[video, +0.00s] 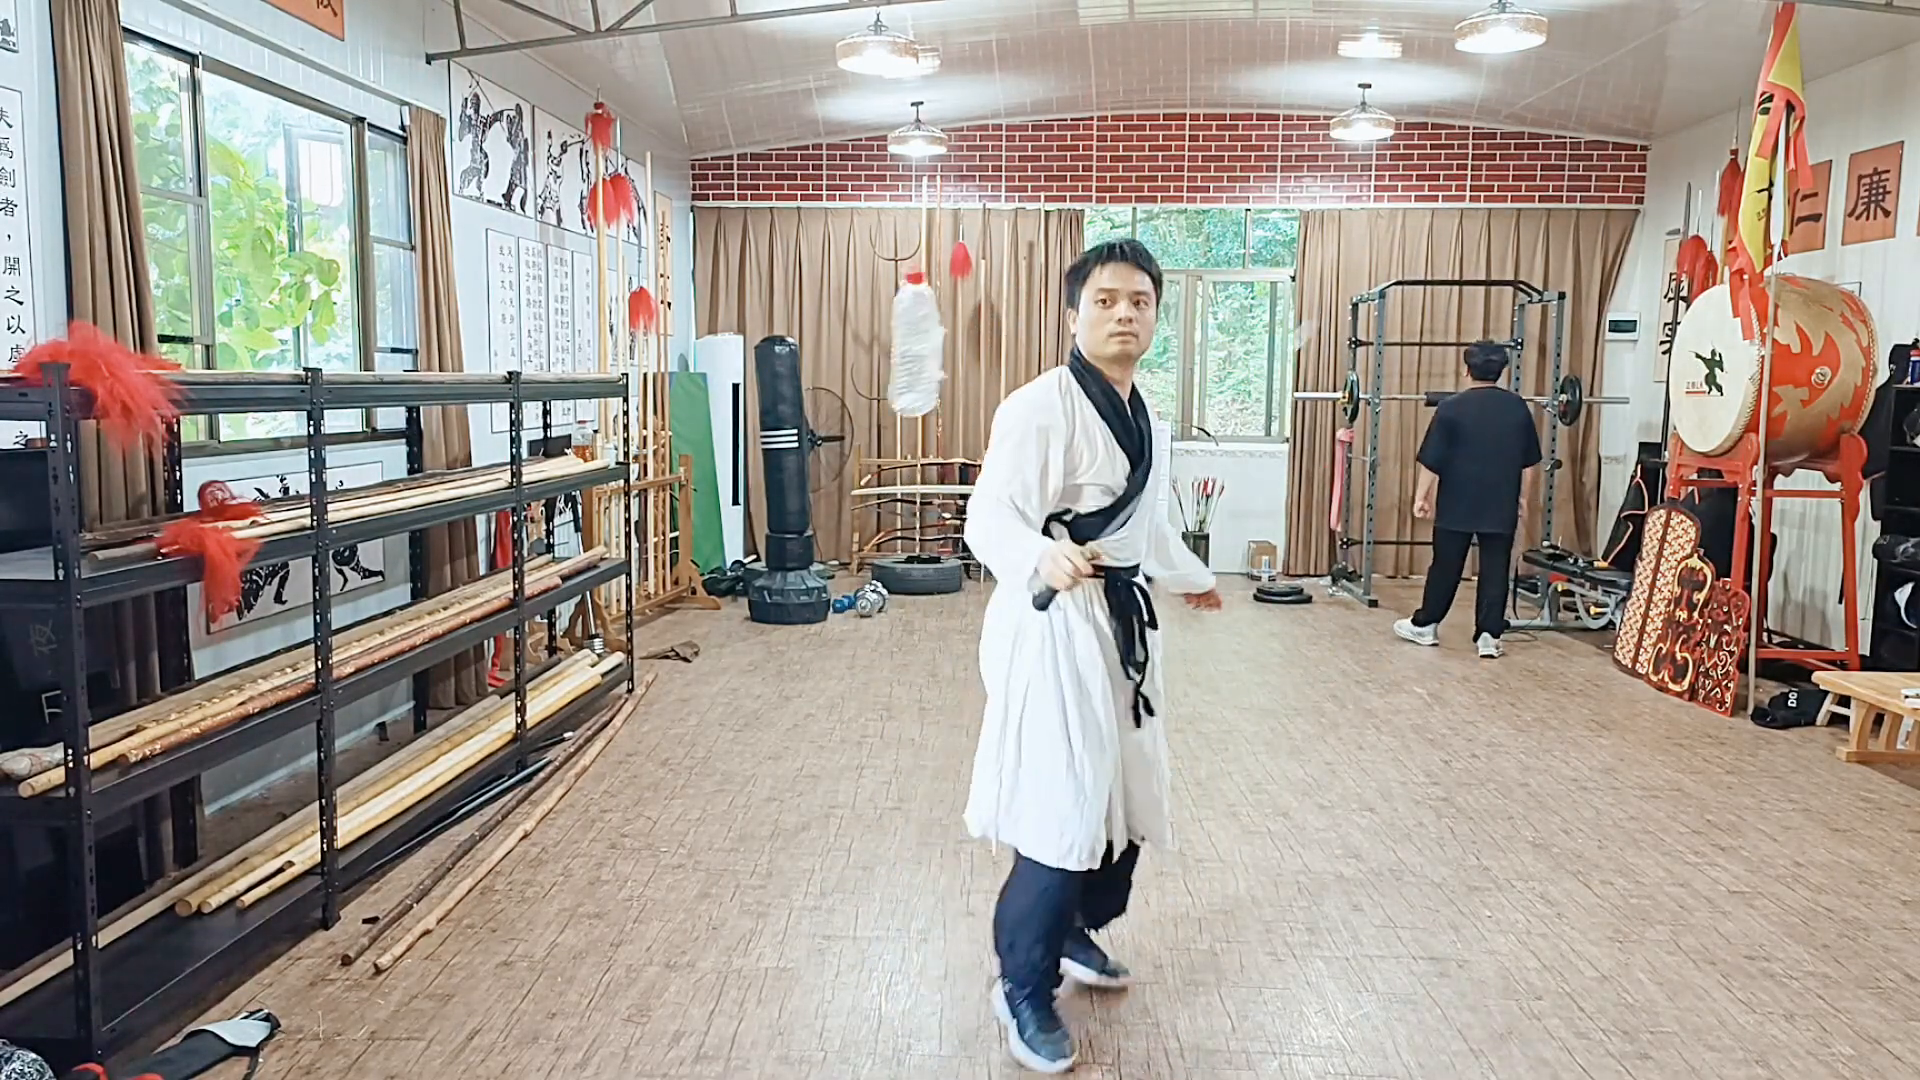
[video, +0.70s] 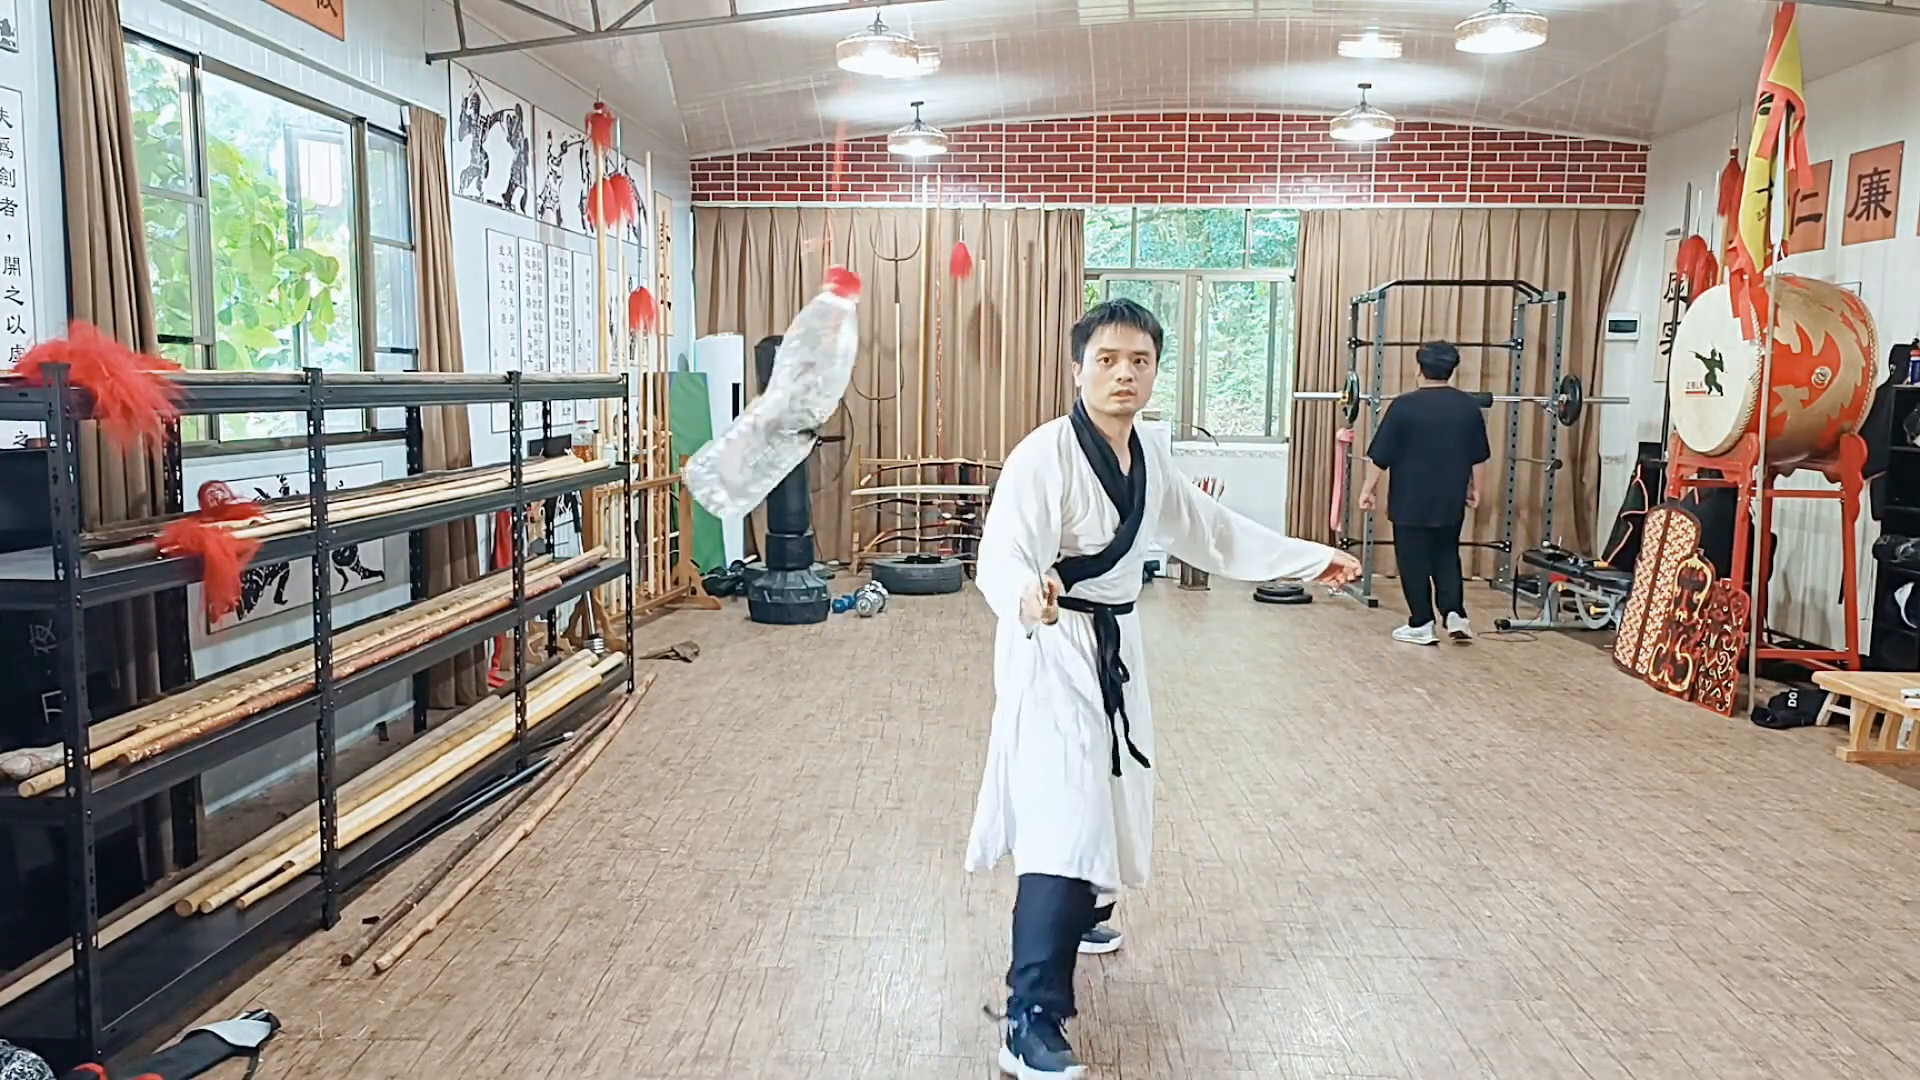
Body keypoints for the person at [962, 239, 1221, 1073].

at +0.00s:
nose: (1126, 314)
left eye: (1140, 301)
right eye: (1108, 300)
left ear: (1157, 316)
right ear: (1075, 313)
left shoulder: (1147, 416)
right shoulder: (1040, 406)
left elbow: (1151, 522)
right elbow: (989, 517)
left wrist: (1189, 578)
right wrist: (1041, 555)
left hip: (1122, 621)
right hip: (1051, 625)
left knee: (1126, 785)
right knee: (1063, 804)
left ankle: (1072, 927)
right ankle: (1024, 982)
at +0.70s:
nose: (1124, 373)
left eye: (1140, 360)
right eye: (1108, 358)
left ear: (1156, 374)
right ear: (1079, 368)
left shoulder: (1151, 456)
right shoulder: (1041, 457)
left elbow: (1214, 531)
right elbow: (1000, 556)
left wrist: (1308, 557)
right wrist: (1027, 592)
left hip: (1115, 640)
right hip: (1052, 645)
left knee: (1109, 783)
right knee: (1064, 809)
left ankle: (1080, 907)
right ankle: (1032, 1015)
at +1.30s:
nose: (1172, 412)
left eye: (1180, 396)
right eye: (1156, 396)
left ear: (1191, 407)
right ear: (1112, 403)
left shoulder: (1171, 502)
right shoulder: (1073, 504)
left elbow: (1221, 579)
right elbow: (1024, 629)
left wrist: (1314, 582)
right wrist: (1057, 690)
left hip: (1132, 708)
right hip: (1072, 714)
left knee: (1107, 846)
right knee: (1129, 892)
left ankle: (1041, 961)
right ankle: (1104, 1065)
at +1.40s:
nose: (1189, 415)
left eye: (1199, 399)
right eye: (1172, 398)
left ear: (1210, 407)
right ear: (1133, 406)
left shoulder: (1184, 496)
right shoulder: (1097, 501)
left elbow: (1183, 591)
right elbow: (1028, 611)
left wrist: (1255, 611)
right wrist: (1073, 650)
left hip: (1152, 722)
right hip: (1090, 729)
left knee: (1135, 898)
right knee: (1118, 919)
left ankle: (1122, 1044)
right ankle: (1116, 1067)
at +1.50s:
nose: (1196, 462)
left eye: (1208, 445)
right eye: (1175, 444)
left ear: (1223, 459)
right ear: (1141, 458)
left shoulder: (1178, 553)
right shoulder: (1127, 554)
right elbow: (1121, 617)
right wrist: (1115, 588)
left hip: (1143, 780)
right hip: (1097, 792)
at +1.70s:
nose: (1225, 521)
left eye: (1239, 504)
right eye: (1201, 506)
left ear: (1253, 518)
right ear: (1158, 523)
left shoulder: (1206, 595)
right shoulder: (1140, 589)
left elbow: (1113, 588)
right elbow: (1126, 621)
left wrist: (1073, 571)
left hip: (1174, 828)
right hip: (1100, 836)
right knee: (1155, 972)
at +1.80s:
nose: (1225, 514)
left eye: (1241, 496)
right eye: (1202, 497)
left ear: (1256, 511)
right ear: (1164, 514)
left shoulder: (1219, 593)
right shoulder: (1133, 601)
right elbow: (1079, 718)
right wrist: (1121, 759)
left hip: (1181, 812)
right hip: (1105, 824)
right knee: (1160, 976)